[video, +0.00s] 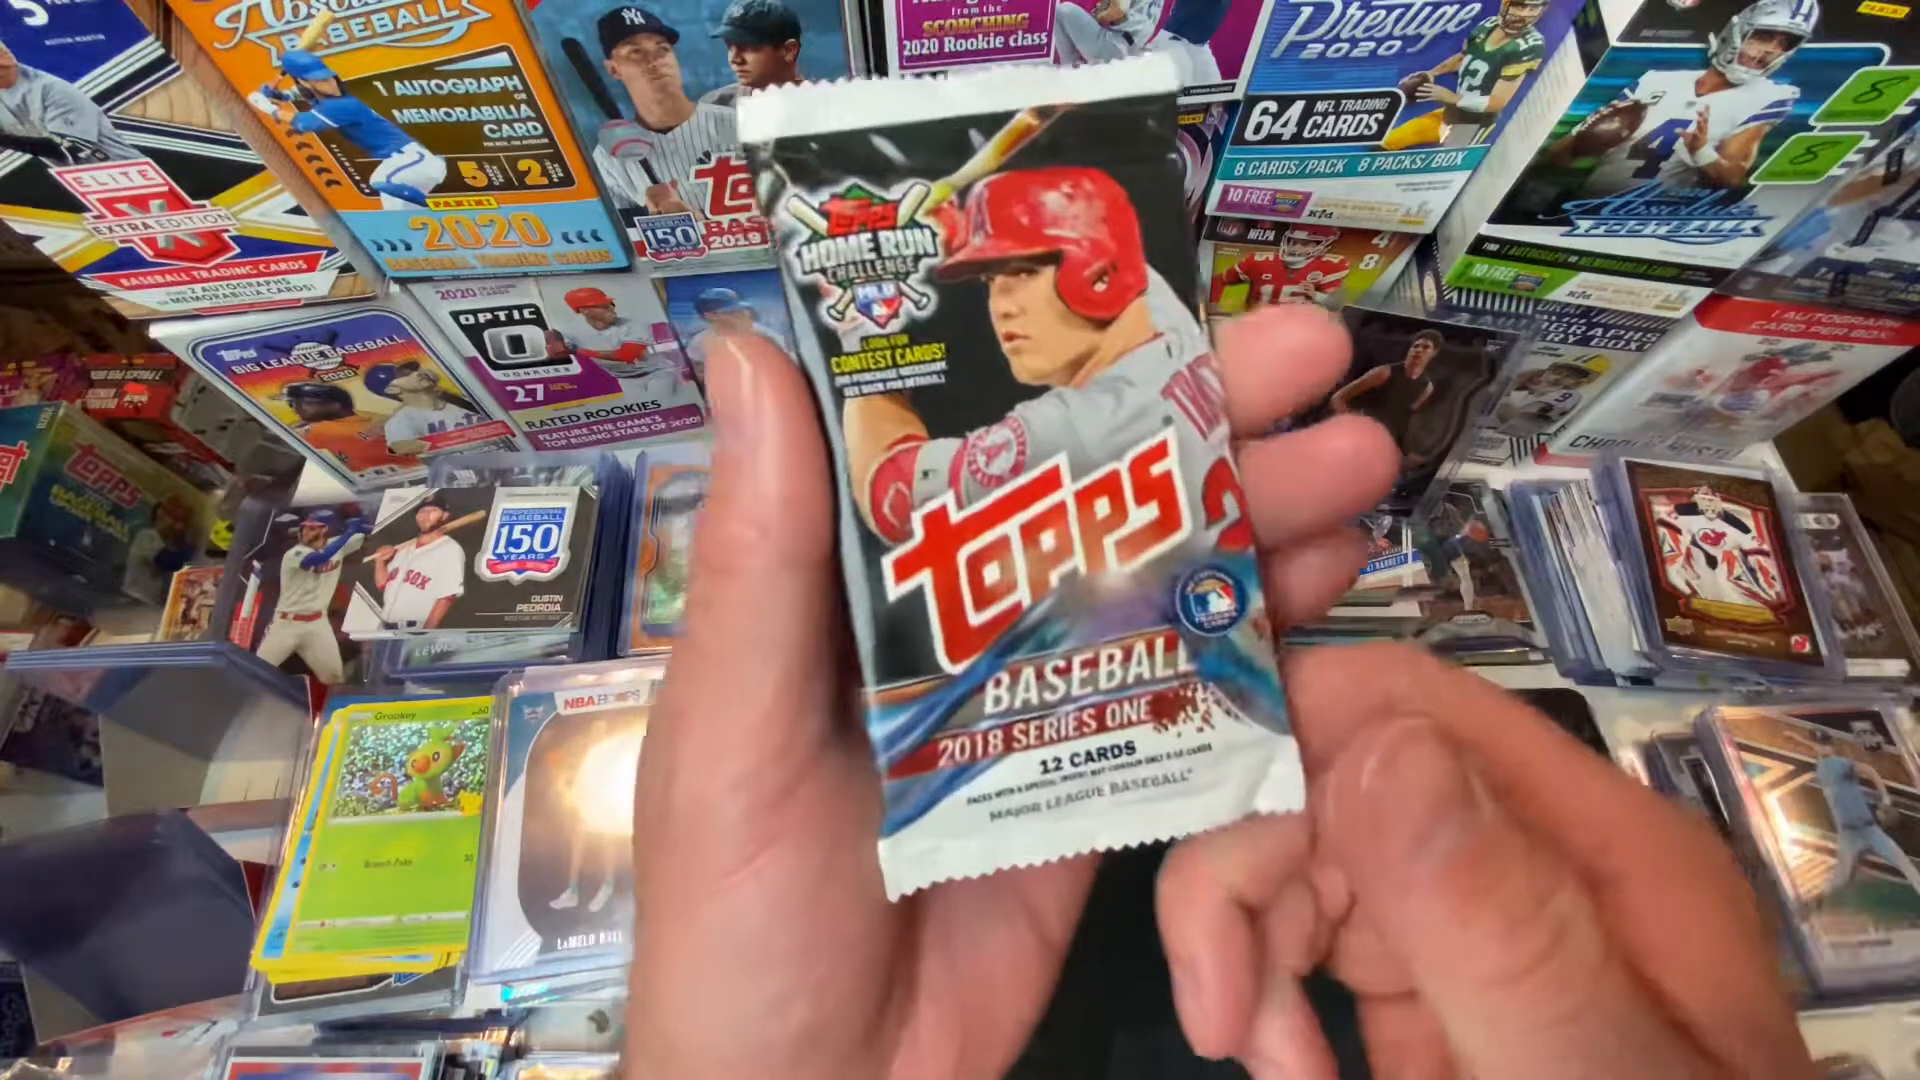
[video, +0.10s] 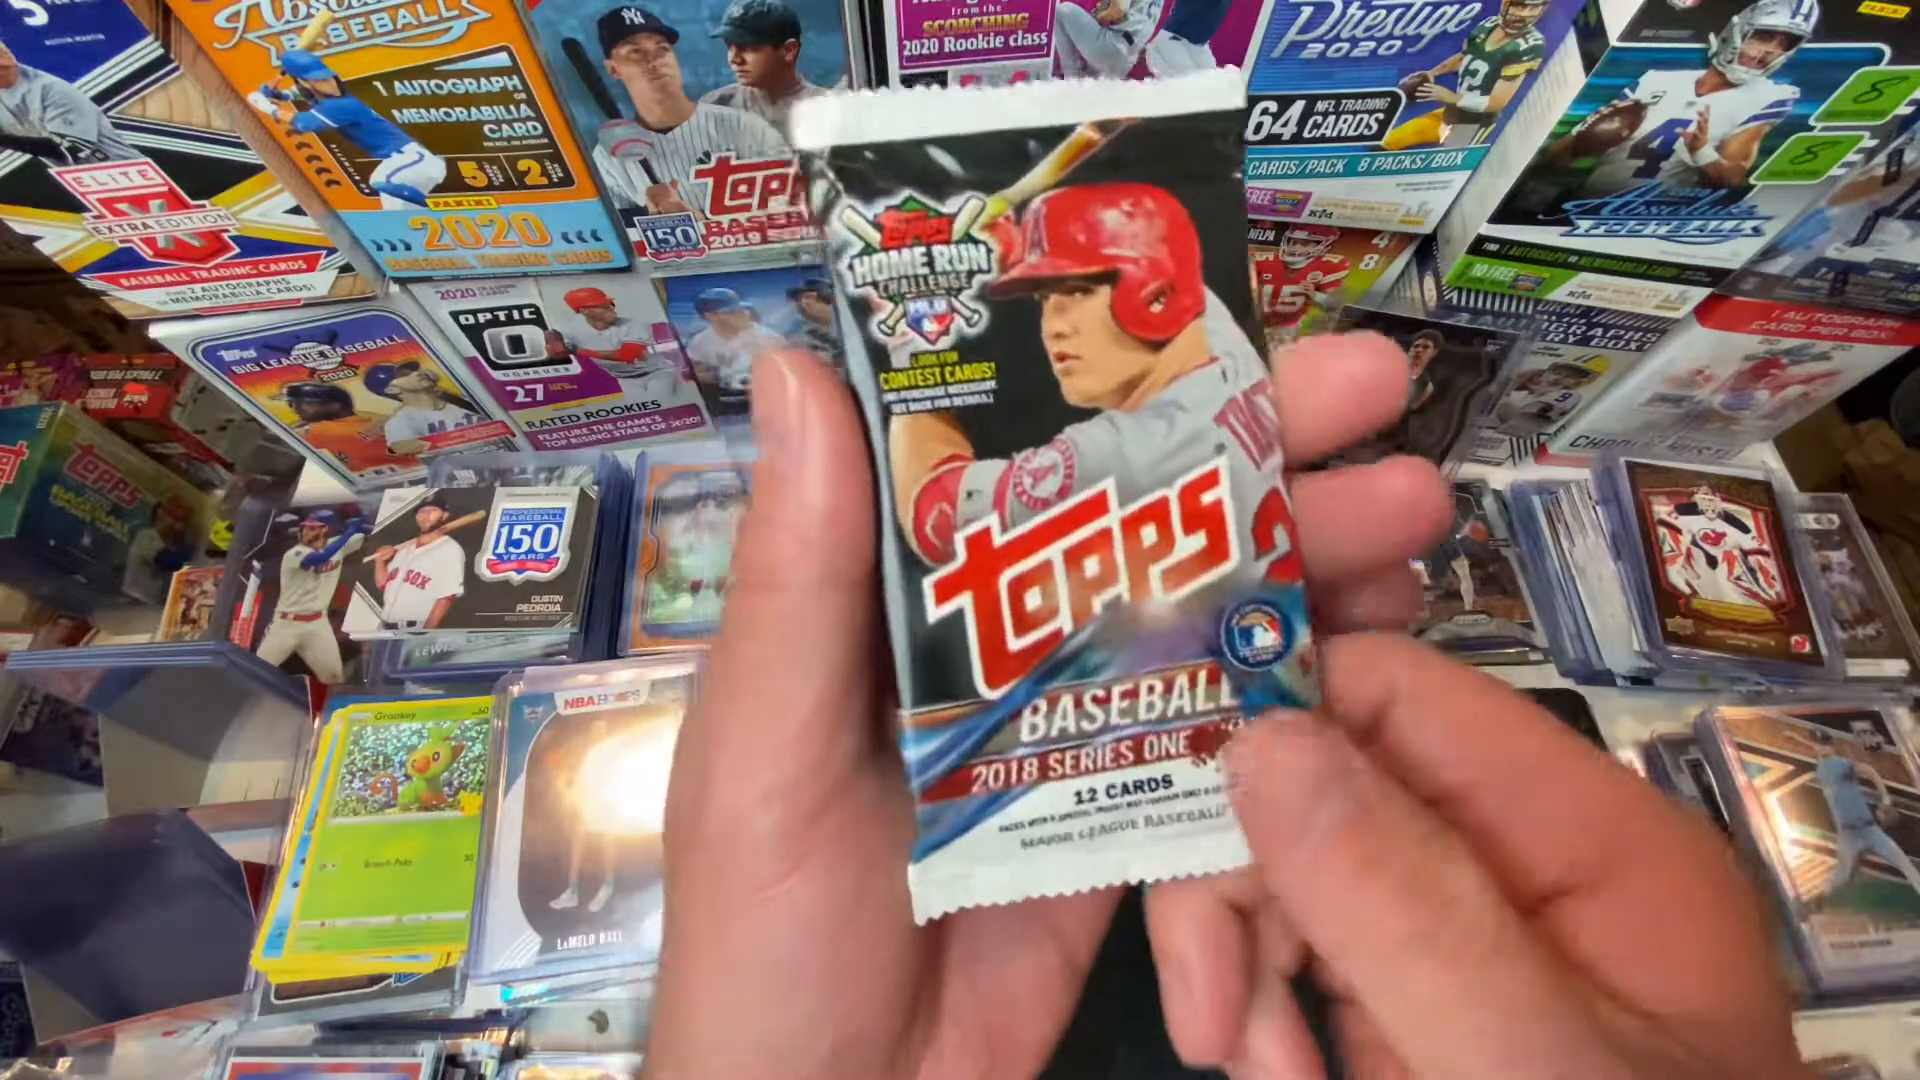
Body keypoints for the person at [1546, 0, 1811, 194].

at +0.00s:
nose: (1769, 52)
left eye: (1782, 45)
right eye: (1764, 37)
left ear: (1788, 56)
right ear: (1737, 33)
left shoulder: (1760, 101)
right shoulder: (1658, 83)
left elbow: (1734, 177)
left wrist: (1703, 154)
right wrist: (1584, 139)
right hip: (1592, 205)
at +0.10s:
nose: (1769, 52)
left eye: (1782, 45)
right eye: (1763, 37)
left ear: (1789, 56)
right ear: (1738, 33)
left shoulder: (1760, 102)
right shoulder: (1660, 83)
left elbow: (1734, 177)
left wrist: (1703, 153)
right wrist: (1583, 139)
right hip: (1592, 203)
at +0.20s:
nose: (1769, 52)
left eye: (1782, 44)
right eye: (1763, 37)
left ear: (1789, 55)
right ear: (1737, 33)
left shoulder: (1760, 102)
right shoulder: (1660, 83)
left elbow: (1734, 176)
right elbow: (1558, 154)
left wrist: (1703, 153)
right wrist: (1584, 138)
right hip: (1594, 203)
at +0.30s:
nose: (1769, 52)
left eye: (1781, 45)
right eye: (1763, 37)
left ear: (1788, 55)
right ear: (1737, 33)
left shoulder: (1760, 101)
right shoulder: (1659, 83)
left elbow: (1734, 176)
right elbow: (1559, 154)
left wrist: (1703, 154)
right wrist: (1587, 137)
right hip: (1594, 203)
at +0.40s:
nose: (1769, 52)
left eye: (1782, 45)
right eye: (1763, 37)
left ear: (1788, 55)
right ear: (1737, 33)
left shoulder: (1760, 101)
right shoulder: (1659, 83)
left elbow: (1734, 176)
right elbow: (1559, 154)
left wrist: (1703, 154)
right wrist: (1587, 137)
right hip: (1594, 203)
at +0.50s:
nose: (1769, 52)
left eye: (1782, 45)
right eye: (1763, 37)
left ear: (1788, 56)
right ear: (1738, 33)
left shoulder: (1759, 102)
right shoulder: (1659, 83)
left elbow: (1735, 177)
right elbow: (1556, 156)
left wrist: (1702, 153)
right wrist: (1584, 138)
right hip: (1594, 204)